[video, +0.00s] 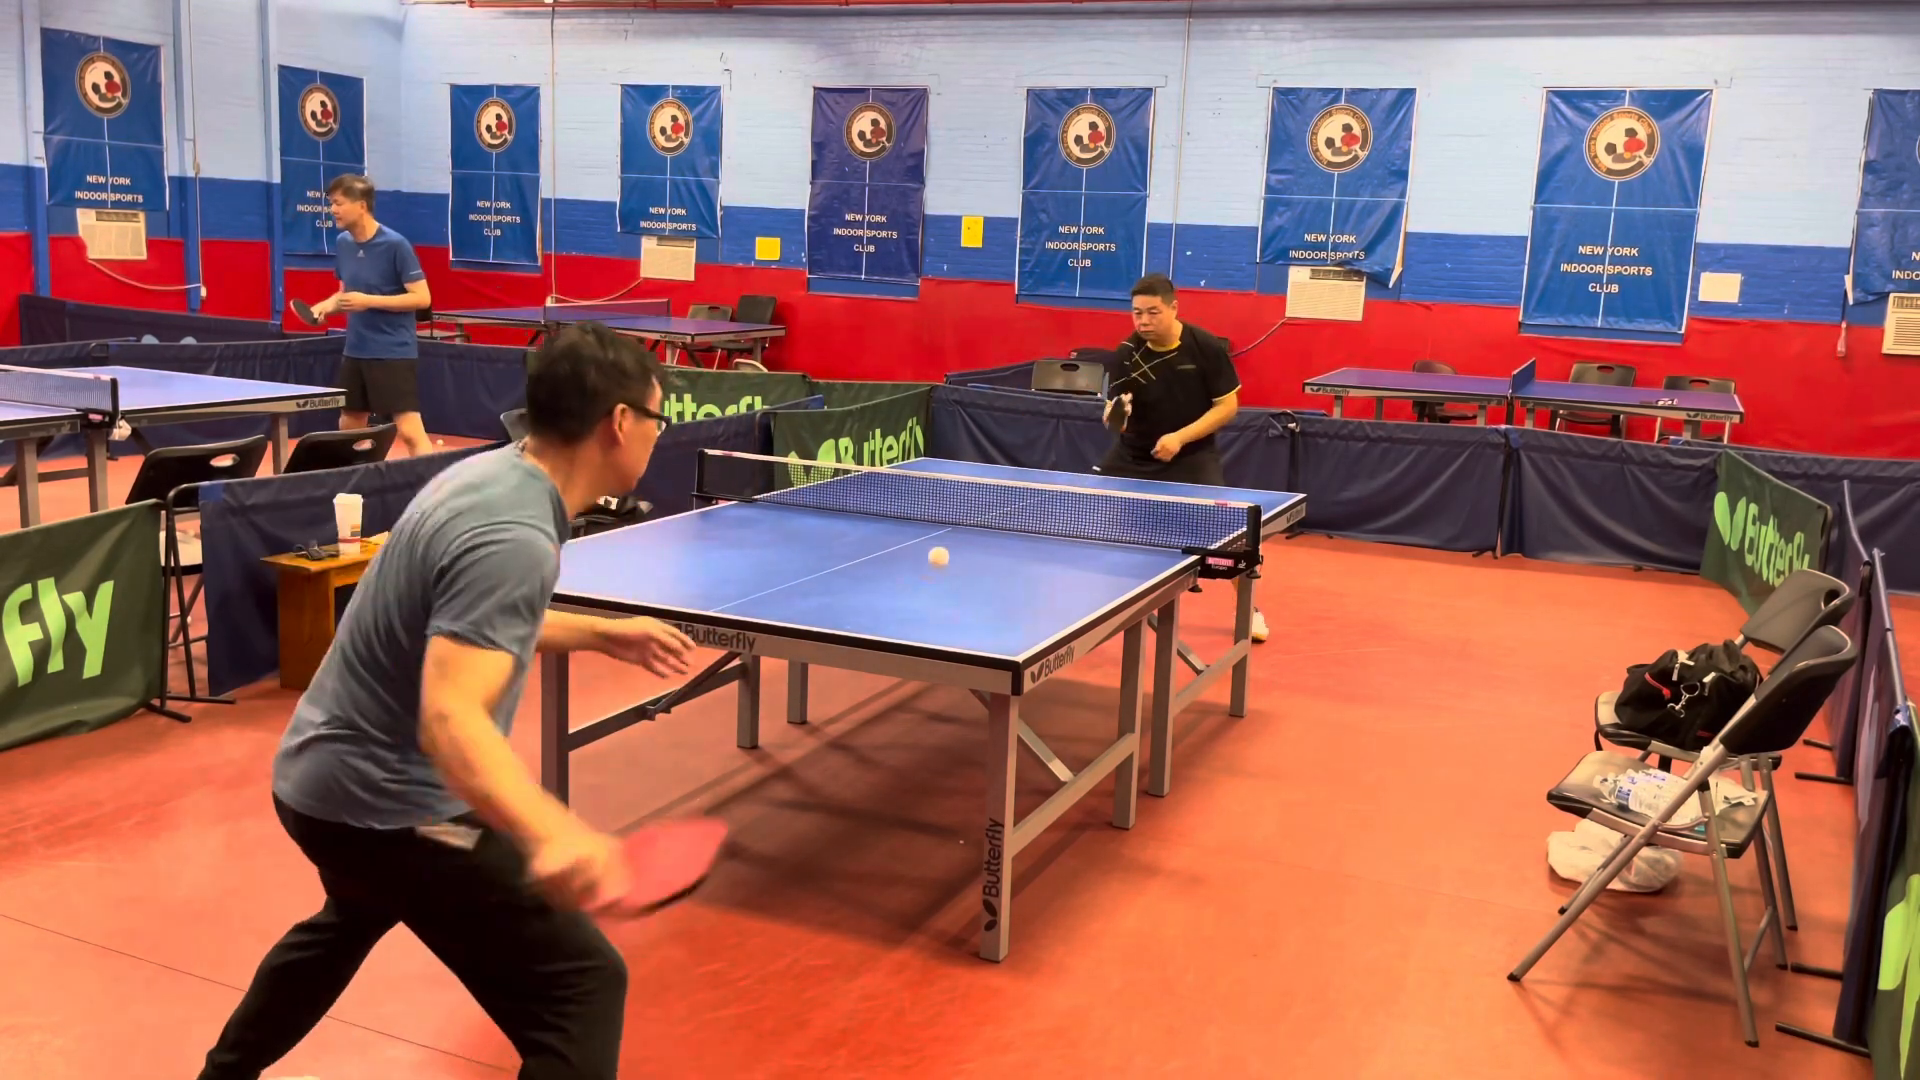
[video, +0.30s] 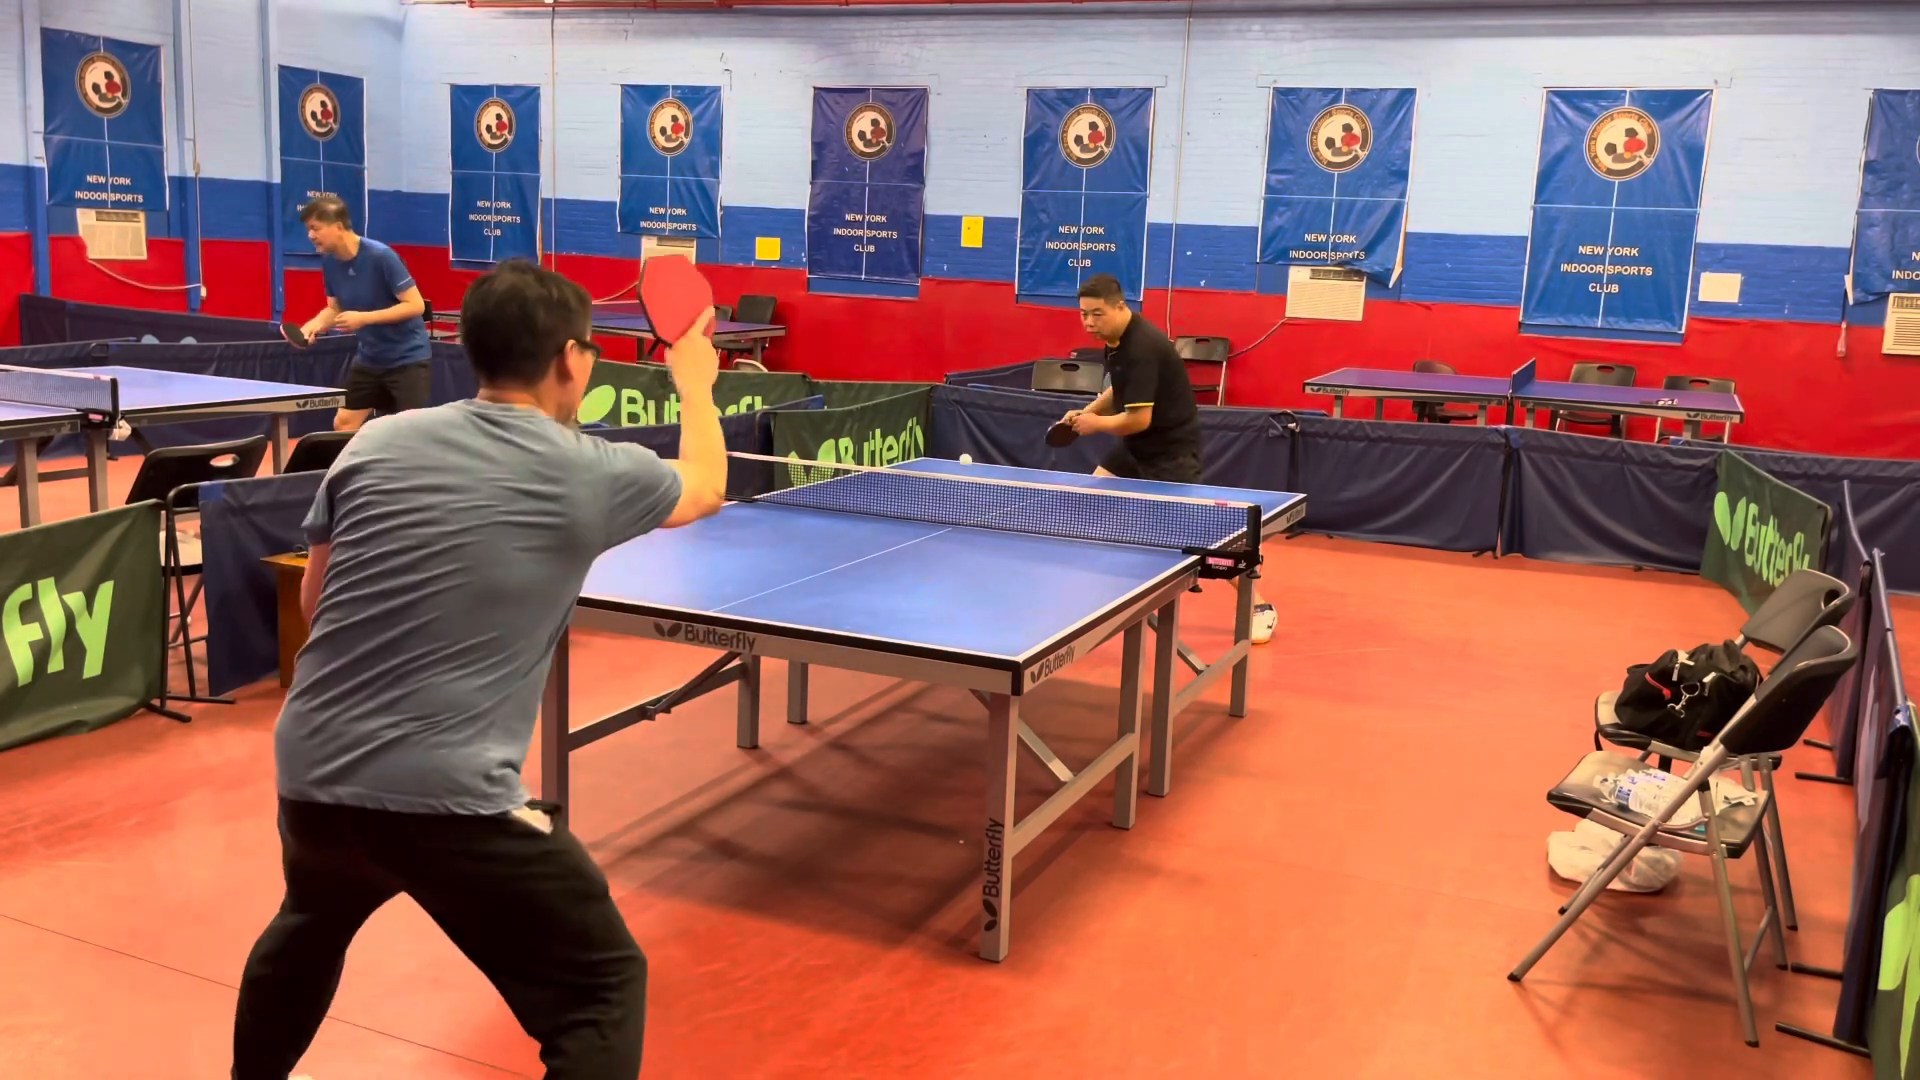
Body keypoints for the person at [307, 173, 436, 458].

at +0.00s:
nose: (333, 209)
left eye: (339, 203)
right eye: (332, 203)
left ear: (362, 206)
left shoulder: (396, 245)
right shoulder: (344, 242)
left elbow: (422, 298)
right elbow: (347, 293)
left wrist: (368, 301)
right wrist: (324, 307)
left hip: (394, 355)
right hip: (356, 353)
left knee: (410, 432)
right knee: (350, 427)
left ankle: (439, 496)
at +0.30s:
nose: (310, 236)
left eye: (315, 229)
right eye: (309, 230)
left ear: (338, 227)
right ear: (334, 229)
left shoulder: (381, 256)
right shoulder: (330, 261)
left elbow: (416, 305)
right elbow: (335, 307)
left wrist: (363, 318)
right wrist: (315, 325)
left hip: (408, 357)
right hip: (368, 357)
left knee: (409, 428)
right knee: (344, 423)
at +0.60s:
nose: (317, 248)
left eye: (321, 241)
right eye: (315, 242)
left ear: (344, 238)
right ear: (341, 240)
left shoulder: (387, 265)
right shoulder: (339, 269)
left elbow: (419, 318)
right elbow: (347, 315)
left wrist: (363, 327)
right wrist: (318, 332)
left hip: (417, 360)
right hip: (379, 360)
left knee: (418, 430)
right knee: (349, 425)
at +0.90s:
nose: (323, 243)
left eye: (328, 236)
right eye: (321, 237)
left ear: (351, 234)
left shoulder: (393, 263)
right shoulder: (341, 267)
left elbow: (420, 316)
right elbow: (346, 311)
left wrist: (364, 322)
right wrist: (323, 328)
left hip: (418, 359)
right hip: (379, 359)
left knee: (419, 430)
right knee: (350, 425)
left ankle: (445, 491)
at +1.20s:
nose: (327, 235)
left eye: (332, 228)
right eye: (325, 229)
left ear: (355, 226)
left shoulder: (395, 259)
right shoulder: (342, 262)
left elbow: (417, 312)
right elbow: (342, 306)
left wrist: (364, 316)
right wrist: (317, 320)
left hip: (406, 366)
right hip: (370, 365)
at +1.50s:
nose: (319, 251)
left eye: (324, 244)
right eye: (317, 245)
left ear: (347, 240)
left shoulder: (390, 269)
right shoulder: (335, 271)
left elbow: (417, 322)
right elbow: (331, 315)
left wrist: (363, 328)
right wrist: (304, 327)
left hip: (415, 360)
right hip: (377, 361)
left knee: (419, 433)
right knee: (346, 424)